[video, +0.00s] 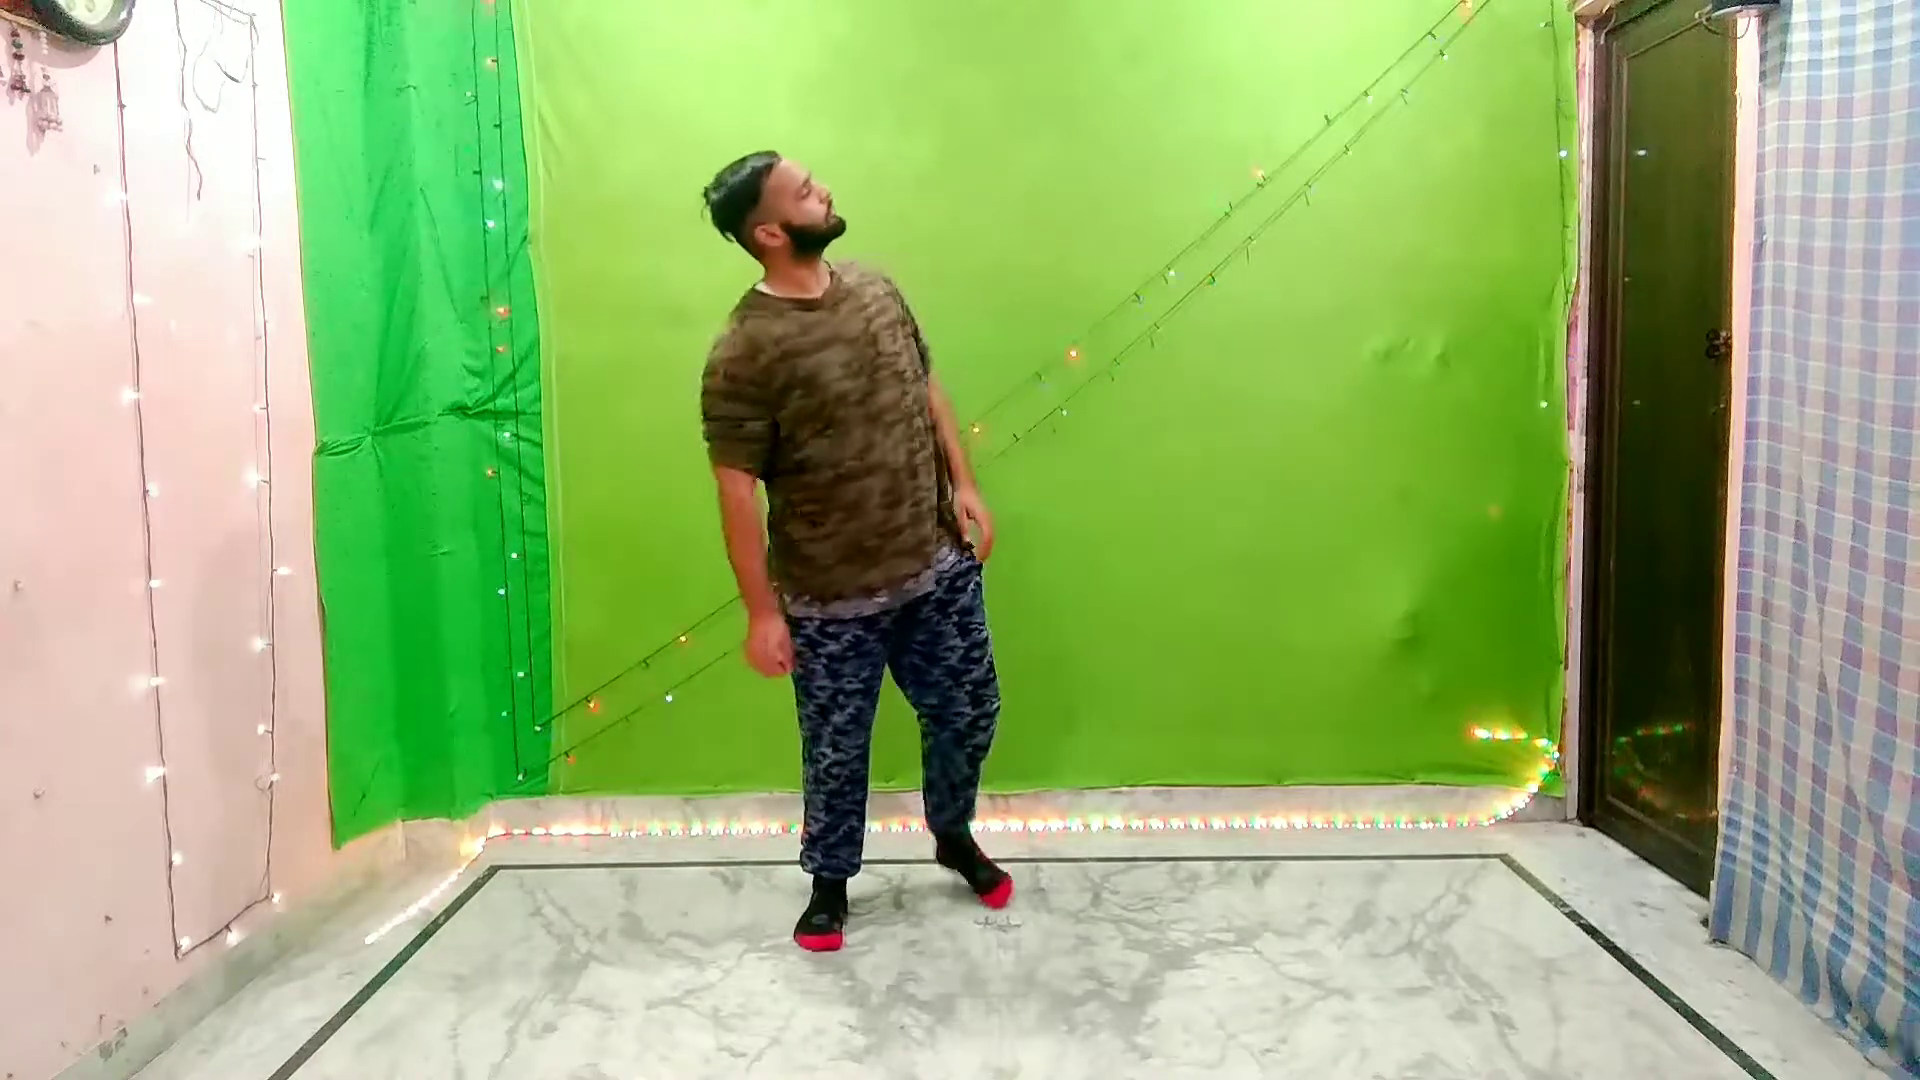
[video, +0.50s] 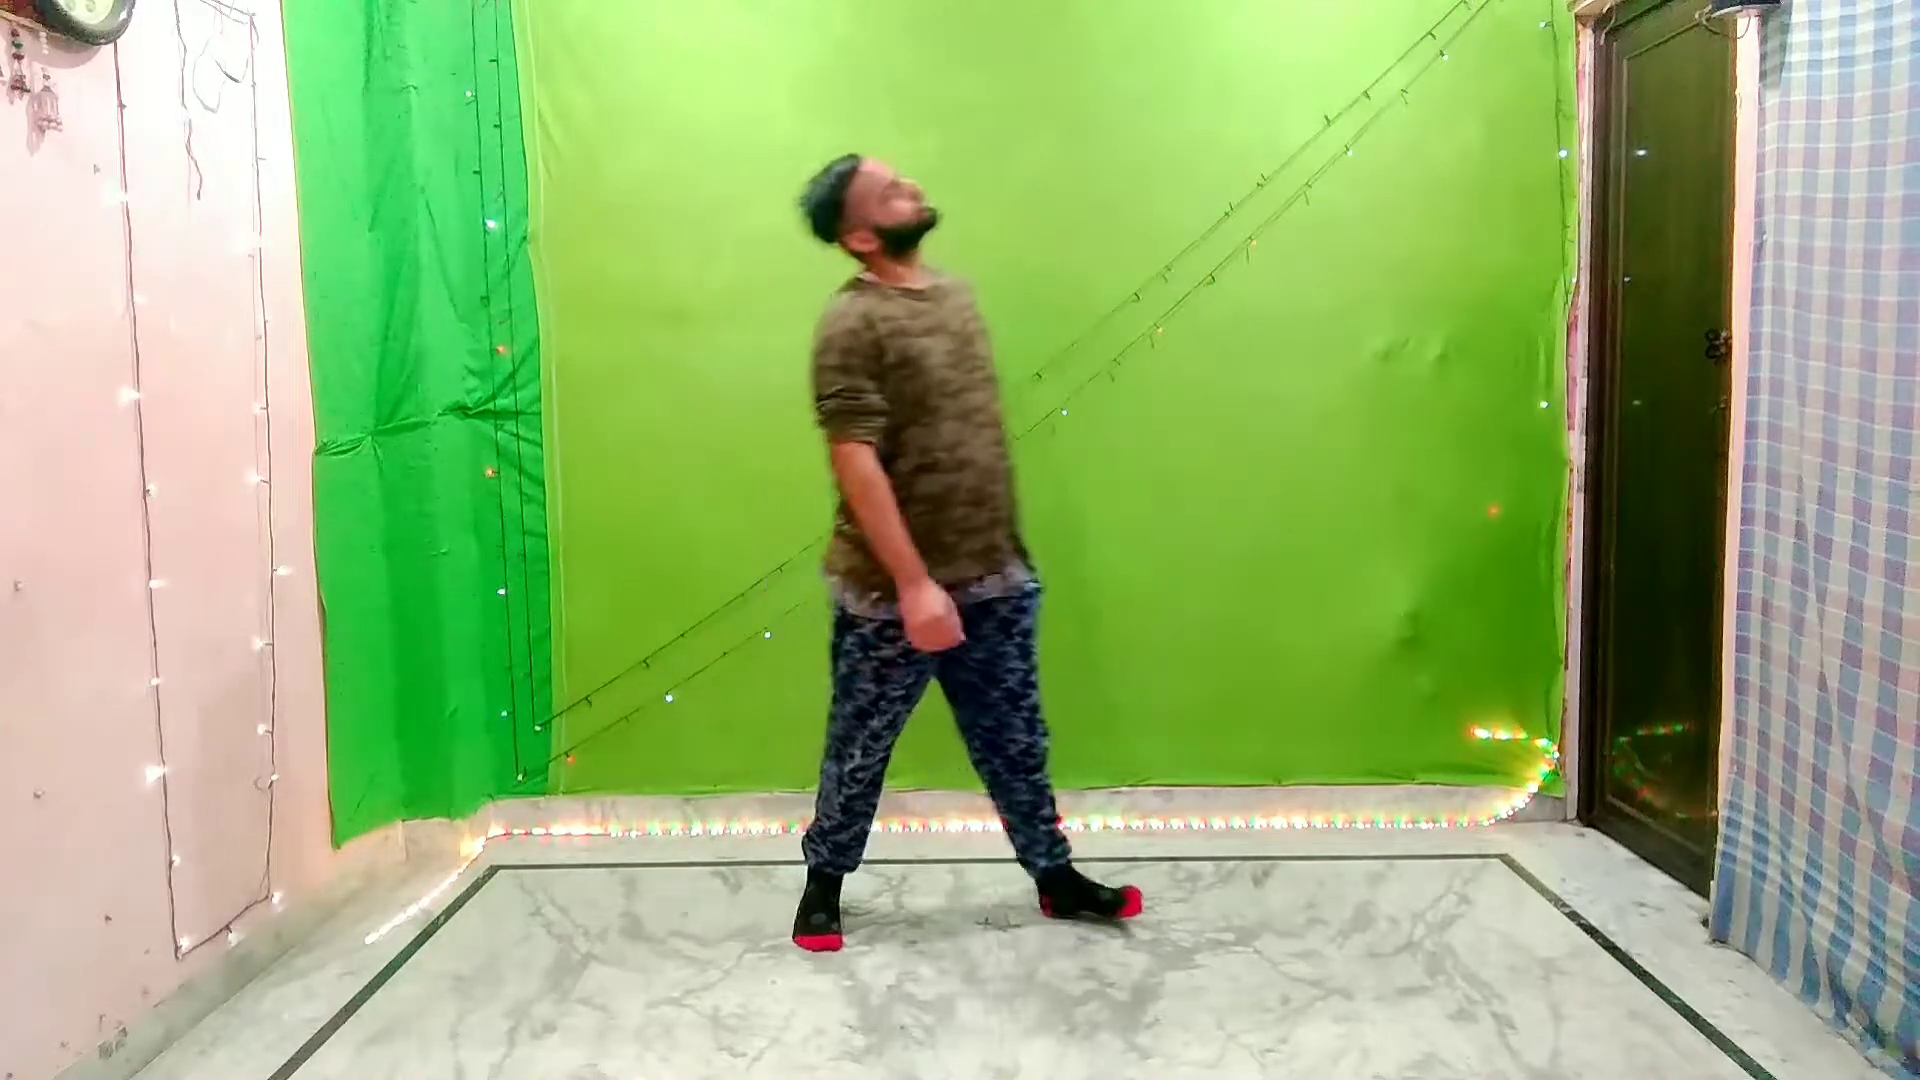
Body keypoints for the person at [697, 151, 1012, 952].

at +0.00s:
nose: (820, 187)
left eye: (809, 177)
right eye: (800, 188)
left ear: (787, 224)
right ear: (764, 234)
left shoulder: (873, 292)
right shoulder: (745, 355)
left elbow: (927, 395)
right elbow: (737, 487)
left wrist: (964, 485)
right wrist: (761, 610)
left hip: (933, 566)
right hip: (831, 594)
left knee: (969, 712)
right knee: (836, 752)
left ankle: (952, 831)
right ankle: (828, 886)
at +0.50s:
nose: (908, 185)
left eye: (899, 176)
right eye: (886, 188)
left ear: (903, 210)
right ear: (857, 235)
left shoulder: (955, 297)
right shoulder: (852, 327)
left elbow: (971, 434)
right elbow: (855, 464)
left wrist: (998, 551)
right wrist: (913, 583)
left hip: (989, 573)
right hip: (890, 589)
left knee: (1015, 741)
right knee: (859, 750)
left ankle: (1057, 879)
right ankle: (822, 890)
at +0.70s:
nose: (999, 174)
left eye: (990, 164)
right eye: (976, 170)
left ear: (983, 202)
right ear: (942, 211)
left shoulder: (1055, 293)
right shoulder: (932, 324)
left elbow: (1067, 431)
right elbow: (916, 460)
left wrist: (1080, 553)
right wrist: (929, 592)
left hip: (1068, 584)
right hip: (975, 593)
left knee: (1058, 749)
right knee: (912, 753)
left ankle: (1068, 883)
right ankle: (847, 880)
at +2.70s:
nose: (1436, 164)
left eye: (1423, 153)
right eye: (1417, 161)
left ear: (1382, 210)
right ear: (1381, 209)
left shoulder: (1419, 295)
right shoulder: (1368, 296)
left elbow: (1511, 353)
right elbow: (1514, 356)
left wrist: (1580, 222)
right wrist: (1578, 213)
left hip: (1468, 573)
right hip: (1382, 574)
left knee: (1495, 760)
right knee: (1390, 763)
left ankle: (1448, 918)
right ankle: (1271, 915)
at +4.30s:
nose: (827, 240)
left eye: (819, 229)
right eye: (804, 239)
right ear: (764, 284)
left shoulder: (875, 343)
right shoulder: (754, 355)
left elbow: (981, 363)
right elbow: (838, 362)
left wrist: (1034, 315)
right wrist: (985, 296)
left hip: (919, 616)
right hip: (809, 632)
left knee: (1010, 748)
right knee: (765, 800)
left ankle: (1077, 916)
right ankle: (697, 926)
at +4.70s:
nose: (954, 231)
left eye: (943, 220)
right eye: (929, 230)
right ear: (895, 277)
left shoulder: (1001, 338)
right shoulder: (885, 367)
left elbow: (1105, 367)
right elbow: (967, 417)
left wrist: (1139, 290)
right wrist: (990, 281)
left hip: (1012, 619)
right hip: (910, 630)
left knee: (1078, 751)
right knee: (847, 783)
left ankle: (1022, 914)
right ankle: (723, 905)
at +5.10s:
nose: (1142, 209)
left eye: (1131, 198)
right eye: (1120, 206)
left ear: (1101, 247)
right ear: (1086, 248)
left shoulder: (1138, 329)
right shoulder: (1093, 332)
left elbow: (1250, 381)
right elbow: (1216, 326)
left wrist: (1265, 292)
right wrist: (1297, 193)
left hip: (1163, 606)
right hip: (1131, 611)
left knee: (1156, 773)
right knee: (1246, 750)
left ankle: (1038, 895)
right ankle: (1304, 948)